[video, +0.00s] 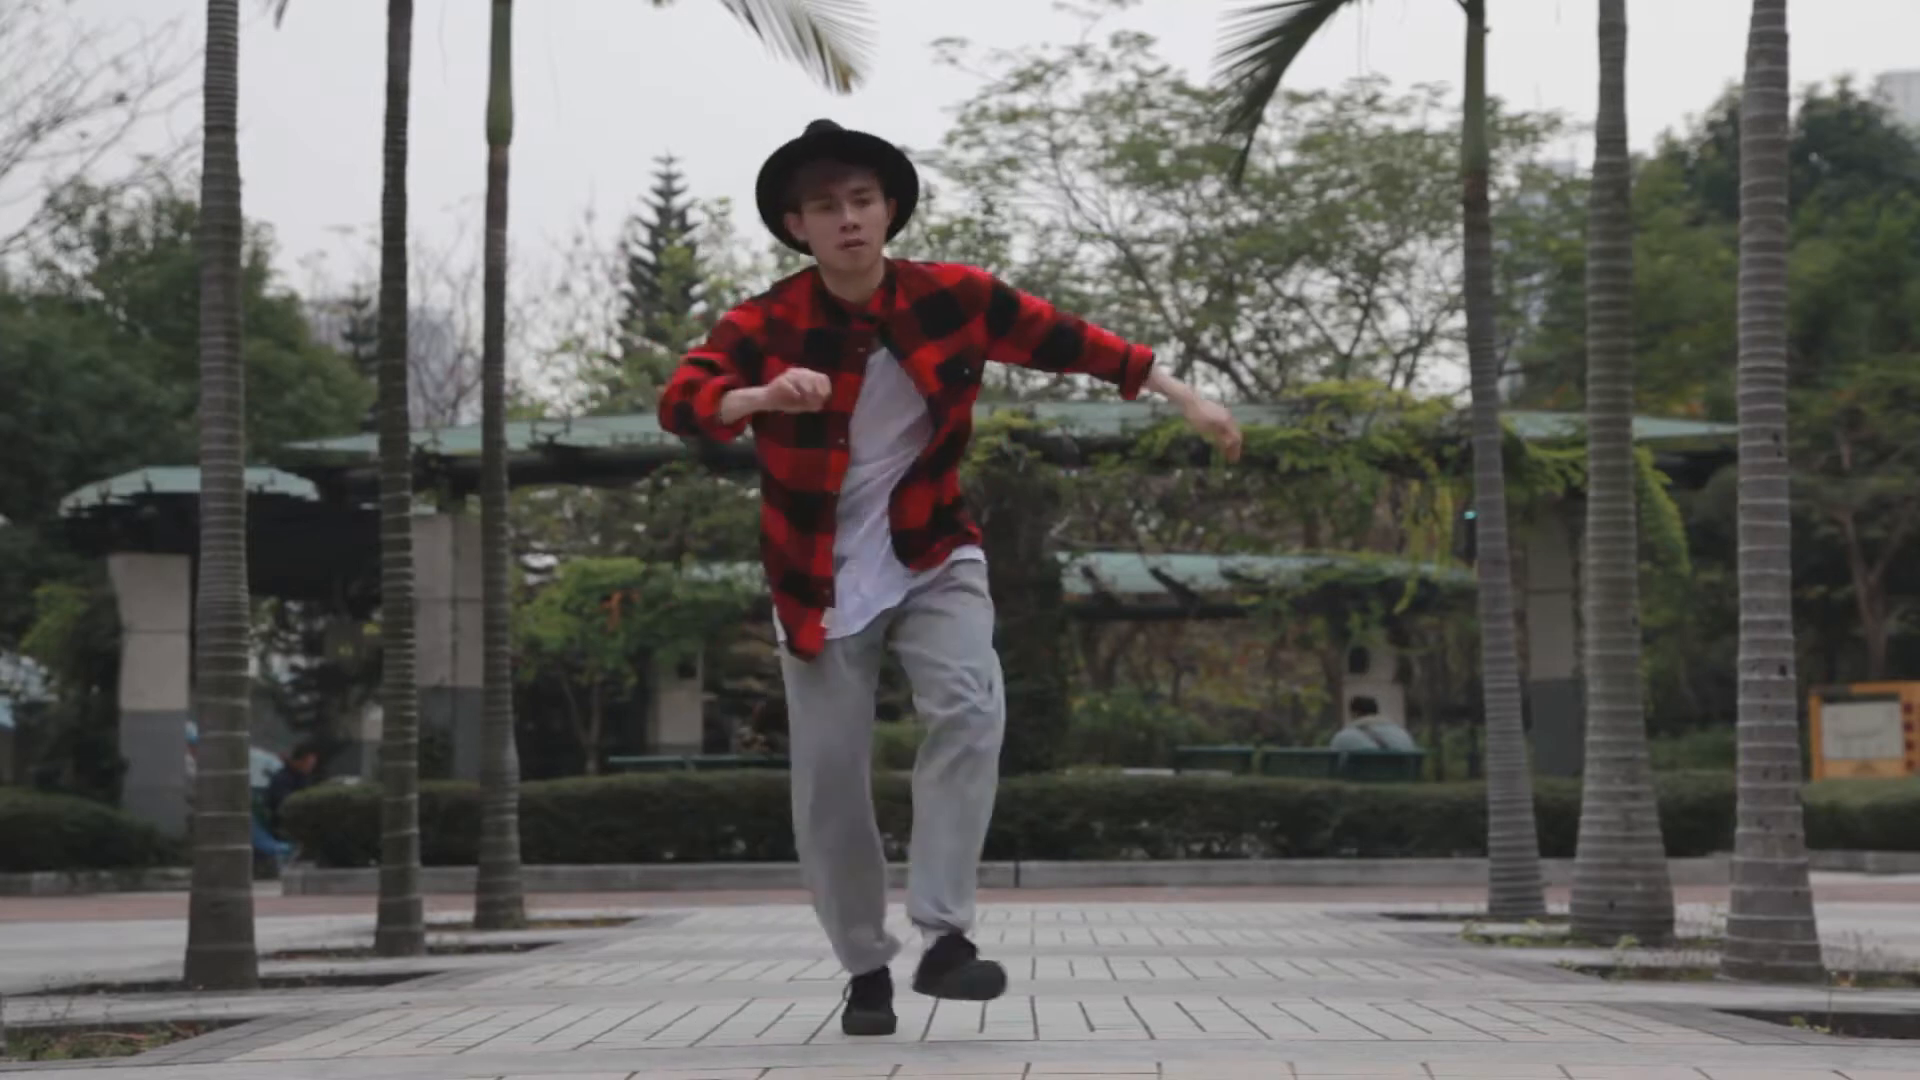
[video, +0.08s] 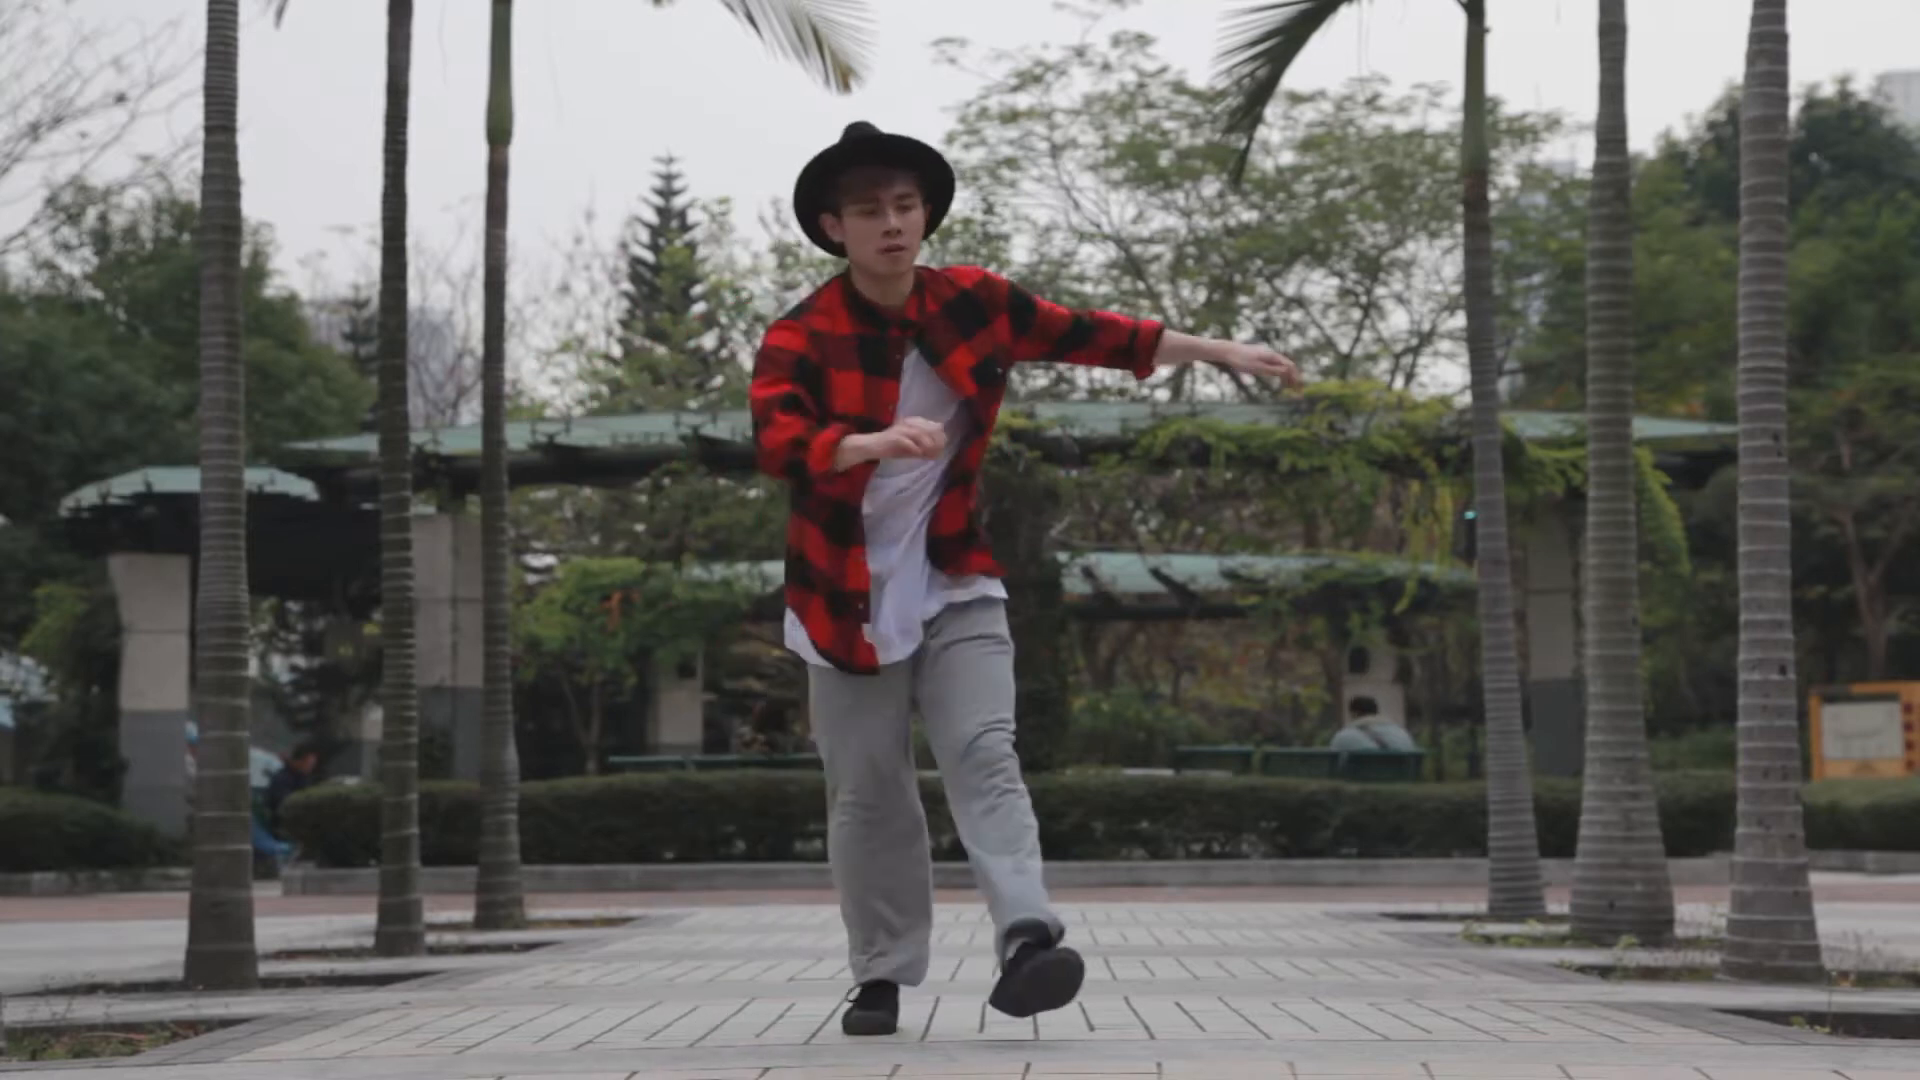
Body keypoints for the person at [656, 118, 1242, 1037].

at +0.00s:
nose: (848, 218)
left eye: (863, 198)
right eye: (825, 205)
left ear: (893, 211)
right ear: (798, 230)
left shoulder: (953, 297)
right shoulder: (764, 325)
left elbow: (1061, 339)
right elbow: (680, 400)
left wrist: (1177, 390)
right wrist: (754, 398)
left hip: (930, 549)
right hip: (819, 571)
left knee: (969, 710)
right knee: (829, 768)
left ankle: (944, 940)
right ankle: (865, 969)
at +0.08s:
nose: (892, 223)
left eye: (906, 204)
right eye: (867, 207)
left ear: (927, 216)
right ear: (832, 228)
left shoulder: (974, 301)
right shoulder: (797, 339)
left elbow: (1085, 333)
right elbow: (781, 445)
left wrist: (1210, 349)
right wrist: (874, 442)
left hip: (956, 582)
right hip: (846, 600)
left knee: (985, 750)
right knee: (866, 793)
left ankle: (1027, 941)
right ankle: (878, 973)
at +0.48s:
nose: (1053, 255)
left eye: (1066, 233)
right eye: (1029, 245)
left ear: (1098, 246)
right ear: (1006, 271)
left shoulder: (1132, 329)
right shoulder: (997, 350)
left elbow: (1183, 343)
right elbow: (1089, 442)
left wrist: (1157, 428)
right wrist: (1208, 480)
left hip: (1070, 589)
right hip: (966, 572)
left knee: (1149, 739)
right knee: (1018, 676)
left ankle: (1047, 923)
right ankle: (962, 891)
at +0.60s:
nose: (1118, 280)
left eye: (1131, 261)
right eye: (1091, 271)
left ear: (1160, 277)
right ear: (1065, 306)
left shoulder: (1183, 374)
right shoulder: (1069, 385)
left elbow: (1220, 421)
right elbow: (1095, 506)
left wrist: (1219, 471)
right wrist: (1147, 615)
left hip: (1090, 630)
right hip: (1005, 641)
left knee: (1177, 783)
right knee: (1076, 818)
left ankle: (1141, 990)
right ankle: (912, 861)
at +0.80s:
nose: (1203, 278)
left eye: (1219, 265)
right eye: (1178, 264)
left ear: (1235, 295)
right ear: (1138, 293)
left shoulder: (1190, 410)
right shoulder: (1091, 366)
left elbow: (1170, 553)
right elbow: (966, 435)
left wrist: (1196, 474)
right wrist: (831, 482)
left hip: (1096, 628)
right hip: (1009, 620)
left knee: (1168, 778)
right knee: (1127, 760)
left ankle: (1138, 990)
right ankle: (959, 805)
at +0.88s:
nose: (1192, 241)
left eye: (1212, 231)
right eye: (1172, 224)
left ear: (1231, 266)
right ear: (1134, 246)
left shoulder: (1209, 381)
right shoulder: (1060, 309)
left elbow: (1207, 528)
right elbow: (934, 332)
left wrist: (1211, 447)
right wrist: (807, 351)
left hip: (1072, 584)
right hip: (996, 566)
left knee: (1093, 764)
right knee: (1143, 679)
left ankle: (1104, 976)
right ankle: (1029, 855)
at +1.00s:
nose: (1149, 218)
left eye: (1173, 208)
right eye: (1135, 200)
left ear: (1200, 246)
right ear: (1103, 219)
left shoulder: (1189, 368)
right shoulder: (1024, 272)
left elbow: (1227, 521)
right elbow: (914, 259)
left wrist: (1236, 512)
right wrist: (806, 257)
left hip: (1091, 559)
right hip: (992, 532)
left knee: (1075, 751)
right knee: (1089, 713)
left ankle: (978, 969)